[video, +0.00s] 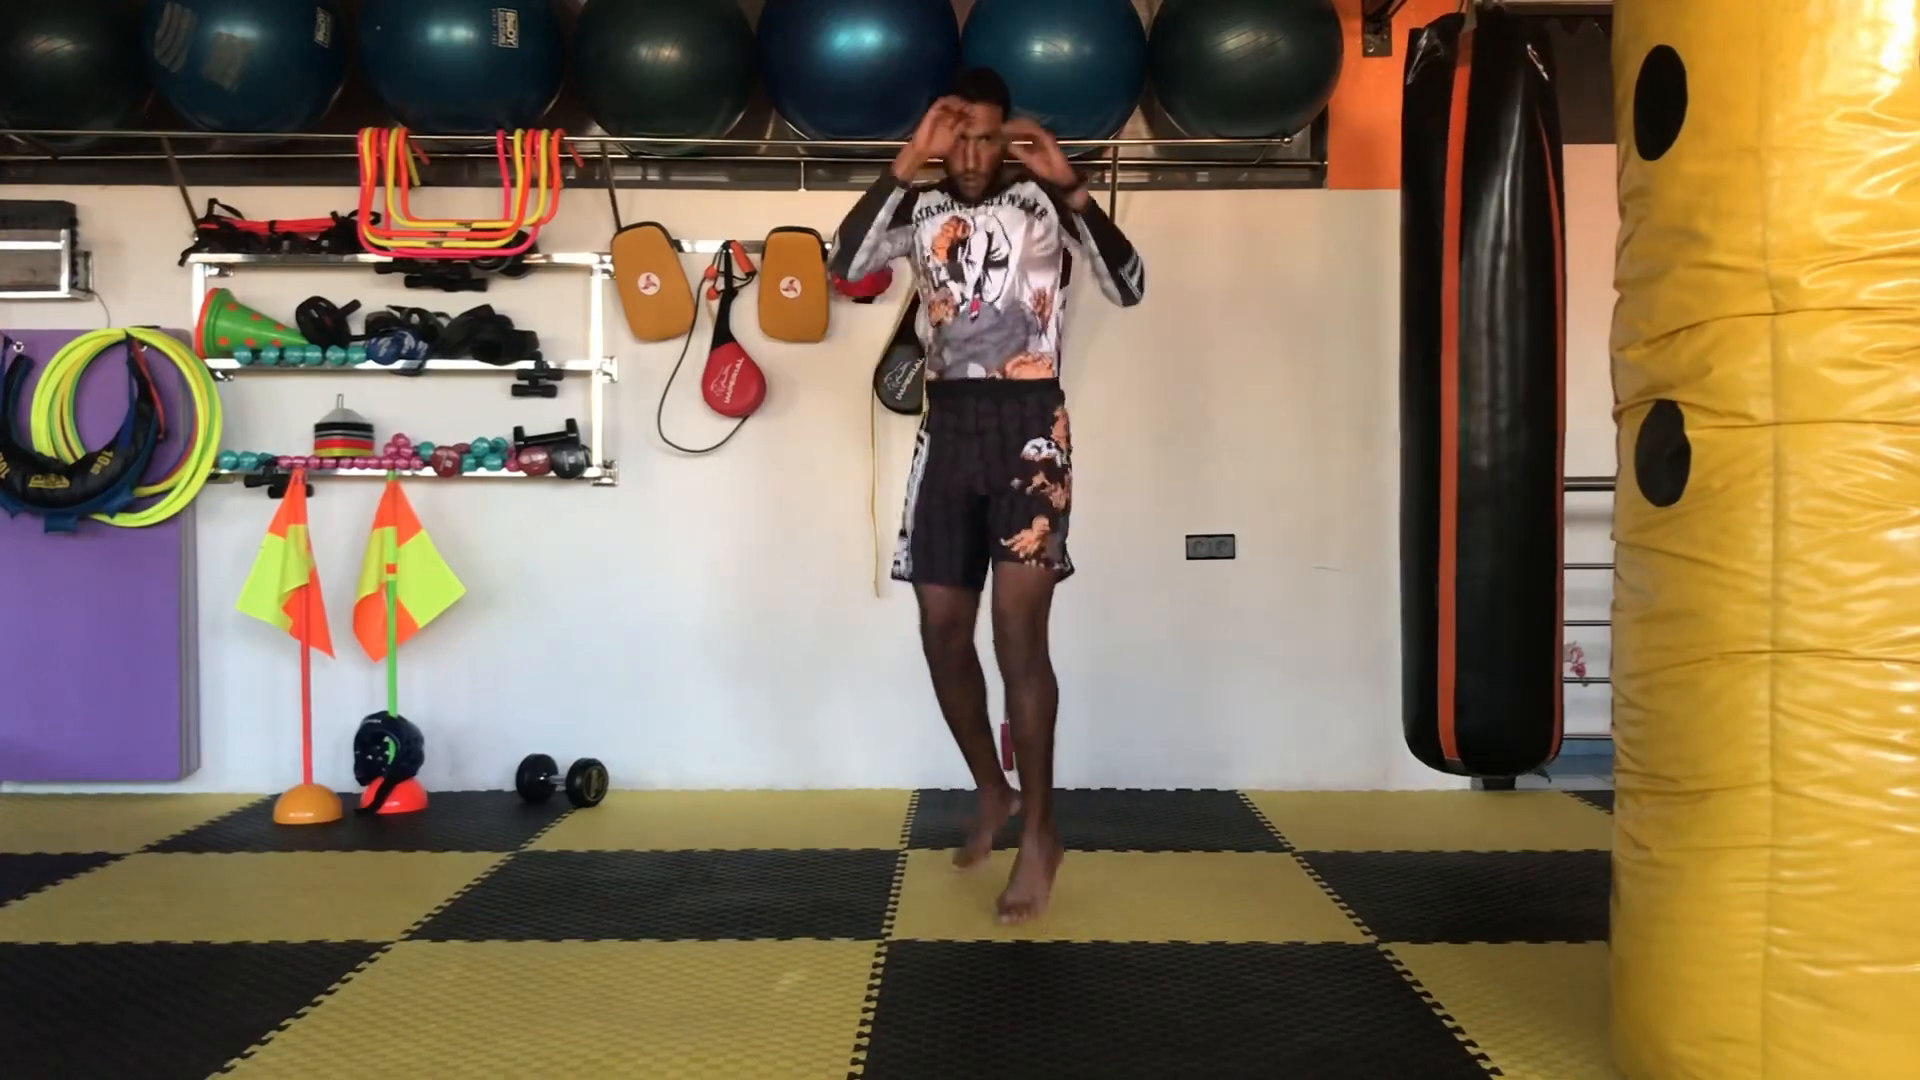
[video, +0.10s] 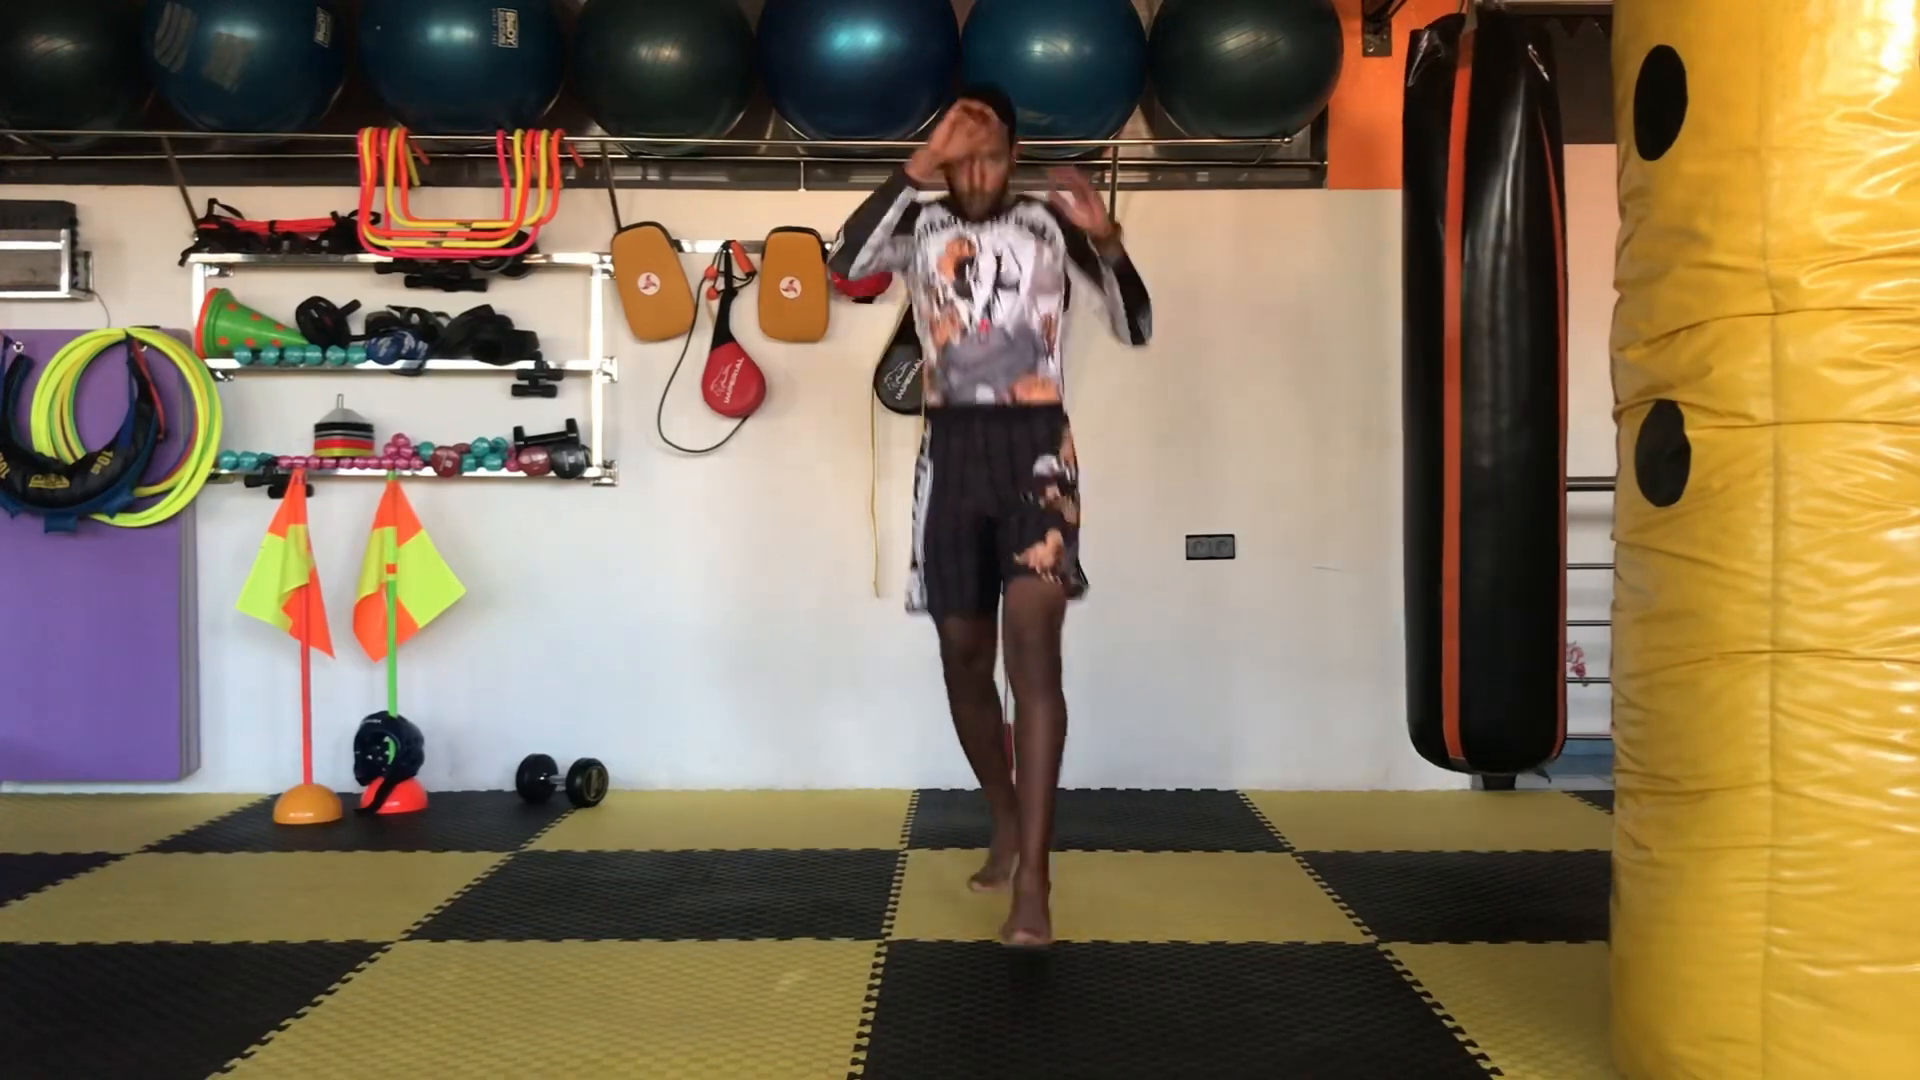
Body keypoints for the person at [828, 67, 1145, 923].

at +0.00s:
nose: (970, 147)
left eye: (986, 132)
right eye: (959, 130)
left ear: (1013, 140)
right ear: (939, 138)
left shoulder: (1048, 209)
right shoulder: (922, 215)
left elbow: (1128, 287)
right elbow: (849, 269)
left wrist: (1071, 189)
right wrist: (904, 169)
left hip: (1030, 432)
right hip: (948, 433)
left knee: (1017, 634)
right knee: (943, 633)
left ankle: (1039, 830)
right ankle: (993, 791)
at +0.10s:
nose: (974, 164)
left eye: (988, 148)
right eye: (961, 151)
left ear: (1011, 154)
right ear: (942, 161)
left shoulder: (1049, 222)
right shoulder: (919, 225)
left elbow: (1134, 327)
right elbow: (848, 269)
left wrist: (1103, 238)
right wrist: (911, 172)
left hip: (1036, 449)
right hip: (952, 452)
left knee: (1032, 657)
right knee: (965, 661)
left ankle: (1034, 868)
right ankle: (1007, 822)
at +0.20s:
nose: (982, 219)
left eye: (996, 203)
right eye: (967, 204)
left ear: (1017, 207)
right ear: (947, 208)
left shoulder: (1053, 275)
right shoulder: (917, 277)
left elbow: (1153, 364)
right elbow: (852, 261)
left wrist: (1159, 295)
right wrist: (947, 173)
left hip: (1040, 499)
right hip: (954, 503)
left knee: (1043, 690)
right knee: (976, 696)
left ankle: (1045, 910)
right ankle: (1020, 842)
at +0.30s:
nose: (989, 220)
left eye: (1003, 204)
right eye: (975, 204)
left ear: (1024, 208)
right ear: (954, 208)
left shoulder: (1066, 283)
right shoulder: (923, 282)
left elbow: (1185, 323)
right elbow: (866, 235)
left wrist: (1195, 235)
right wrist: (965, 153)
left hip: (1047, 511)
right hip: (955, 515)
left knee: (1055, 706)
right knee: (970, 732)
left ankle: (1047, 941)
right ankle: (1014, 820)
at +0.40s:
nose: (998, 193)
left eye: (1013, 175)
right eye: (983, 177)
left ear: (1034, 178)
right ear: (962, 182)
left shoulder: (1081, 258)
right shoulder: (932, 267)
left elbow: (1187, 240)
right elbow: (851, 275)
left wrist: (1139, 136)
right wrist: (902, 195)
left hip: (1065, 490)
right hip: (967, 494)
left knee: (1069, 703)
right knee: (930, 740)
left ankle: (1044, 948)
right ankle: (969, 774)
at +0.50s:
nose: (997, 172)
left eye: (1009, 157)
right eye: (980, 157)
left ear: (1032, 165)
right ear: (957, 169)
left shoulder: (1077, 233)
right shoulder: (936, 252)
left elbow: (1126, 177)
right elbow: (865, 339)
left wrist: (1023, 119)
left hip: (1081, 454)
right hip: (982, 445)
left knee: (1077, 695)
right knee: (913, 594)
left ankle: (1027, 945)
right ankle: (924, 719)